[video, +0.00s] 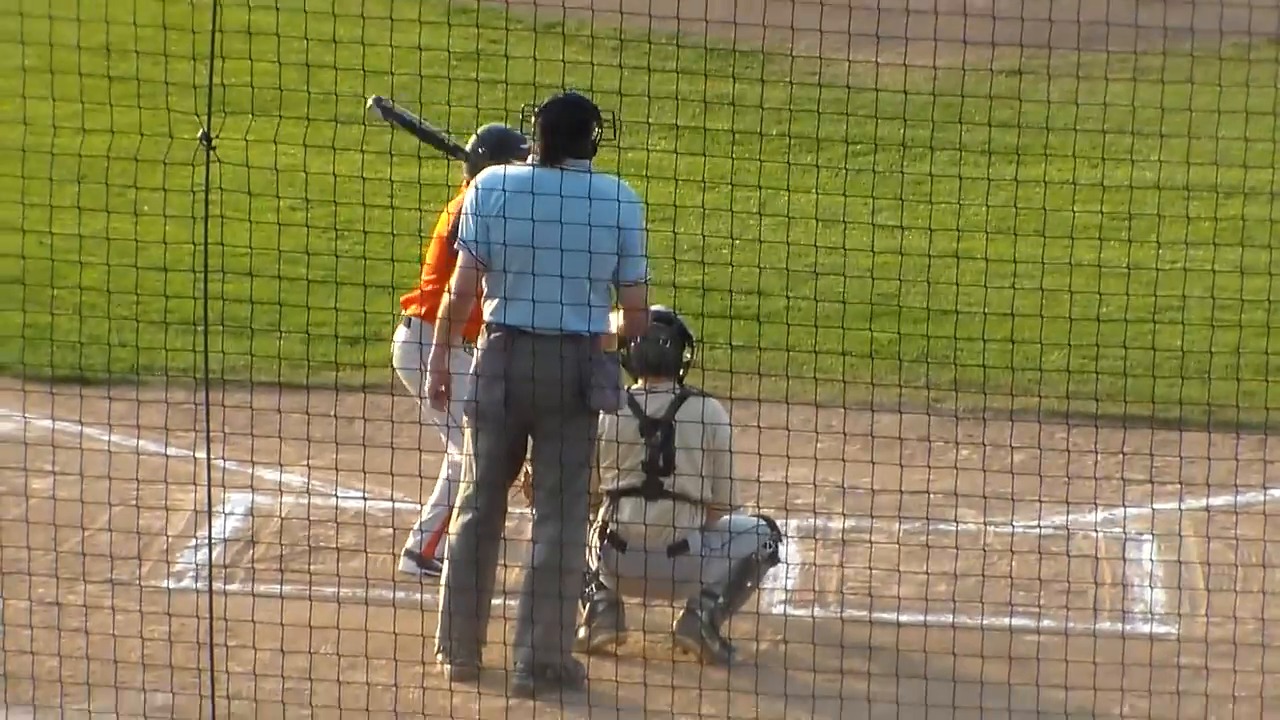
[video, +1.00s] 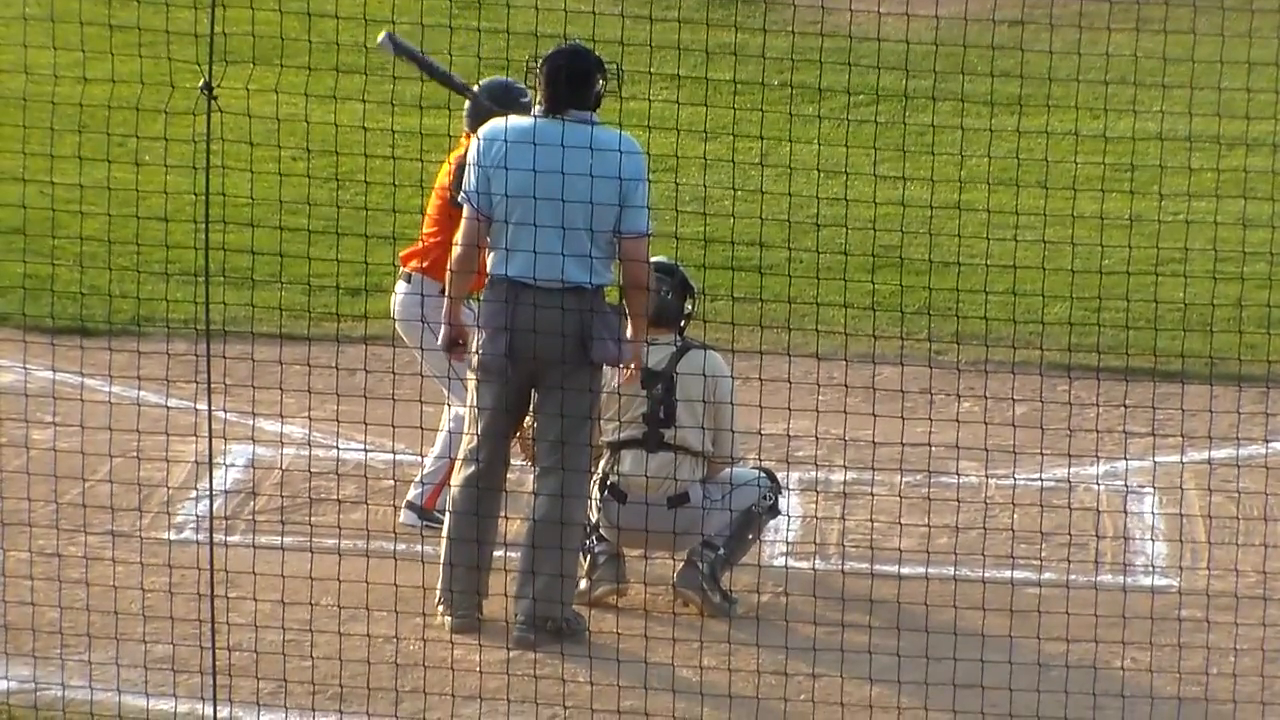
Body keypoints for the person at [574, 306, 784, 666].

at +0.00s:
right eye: (684, 348)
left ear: (631, 359)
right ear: (681, 359)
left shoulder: (608, 411)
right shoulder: (708, 411)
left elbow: (590, 495)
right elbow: (718, 506)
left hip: (618, 563)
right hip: (681, 565)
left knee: (593, 517)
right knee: (765, 534)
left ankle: (602, 607)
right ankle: (703, 616)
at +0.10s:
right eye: (682, 333)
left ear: (630, 342)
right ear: (680, 344)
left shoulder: (607, 394)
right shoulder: (707, 395)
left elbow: (592, 475)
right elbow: (720, 489)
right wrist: (684, 515)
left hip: (616, 548)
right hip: (680, 549)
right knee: (764, 519)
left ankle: (601, 592)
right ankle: (703, 600)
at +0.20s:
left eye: (634, 322)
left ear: (630, 335)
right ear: (681, 337)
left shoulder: (609, 388)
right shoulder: (709, 388)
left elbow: (595, 470)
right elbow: (721, 481)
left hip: (617, 539)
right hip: (683, 541)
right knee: (766, 511)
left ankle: (603, 582)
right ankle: (704, 592)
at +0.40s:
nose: (637, 311)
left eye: (638, 306)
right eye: (637, 305)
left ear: (627, 321)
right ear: (680, 323)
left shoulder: (607, 375)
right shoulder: (707, 376)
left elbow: (590, 461)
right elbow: (719, 473)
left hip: (615, 527)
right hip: (681, 530)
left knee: (586, 488)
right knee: (765, 500)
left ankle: (603, 573)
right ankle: (703, 582)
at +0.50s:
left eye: (635, 300)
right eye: (684, 303)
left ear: (628, 309)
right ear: (681, 314)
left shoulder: (606, 364)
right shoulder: (709, 366)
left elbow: (587, 451)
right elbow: (720, 464)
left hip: (616, 518)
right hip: (683, 520)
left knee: (581, 474)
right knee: (766, 489)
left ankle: (604, 564)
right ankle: (704, 571)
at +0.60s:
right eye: (683, 302)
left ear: (629, 308)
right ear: (680, 313)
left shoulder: (607, 362)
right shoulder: (709, 364)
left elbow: (591, 447)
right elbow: (720, 461)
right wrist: (678, 476)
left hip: (617, 517)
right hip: (682, 519)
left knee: (599, 473)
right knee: (766, 488)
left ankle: (604, 564)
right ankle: (704, 570)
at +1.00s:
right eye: (684, 300)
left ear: (631, 305)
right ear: (681, 310)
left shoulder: (607, 359)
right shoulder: (708, 363)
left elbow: (589, 444)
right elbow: (723, 456)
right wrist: (687, 479)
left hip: (616, 515)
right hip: (682, 517)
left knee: (590, 474)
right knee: (764, 486)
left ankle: (603, 561)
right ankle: (703, 567)